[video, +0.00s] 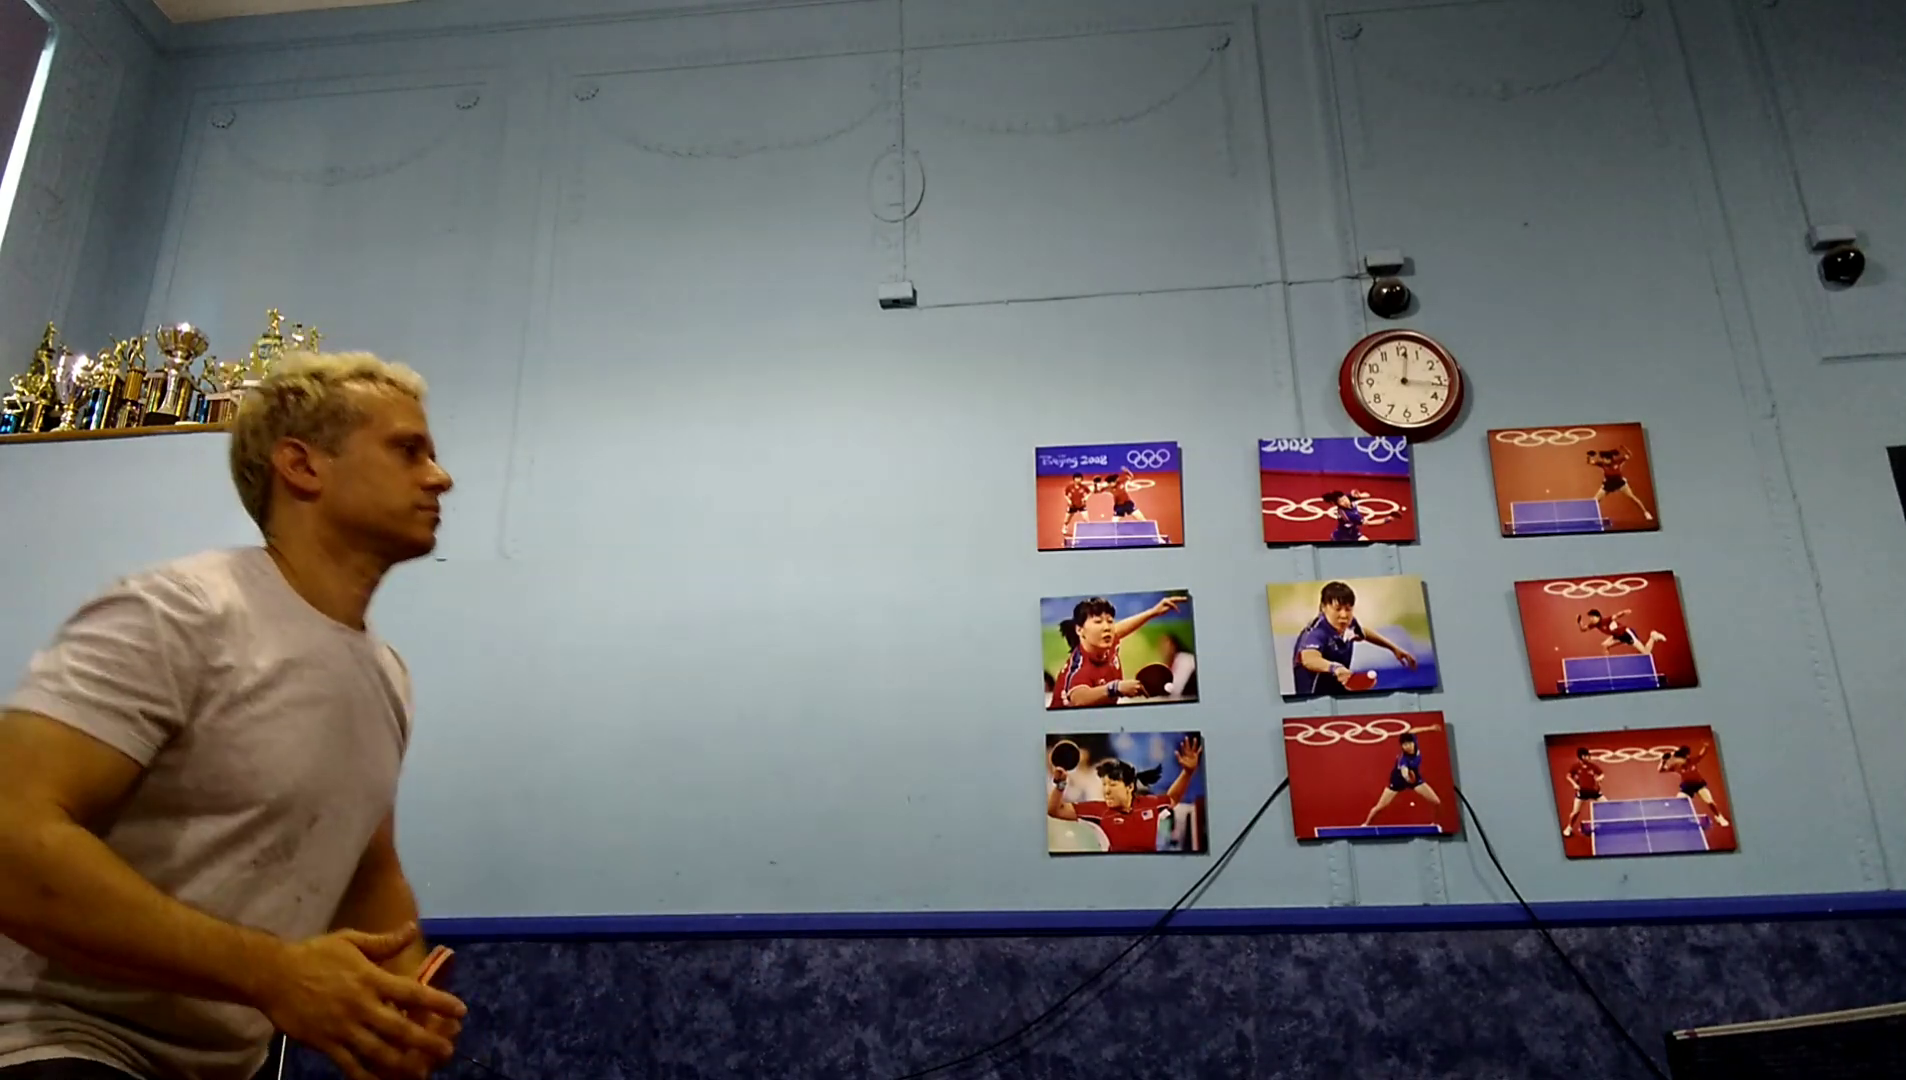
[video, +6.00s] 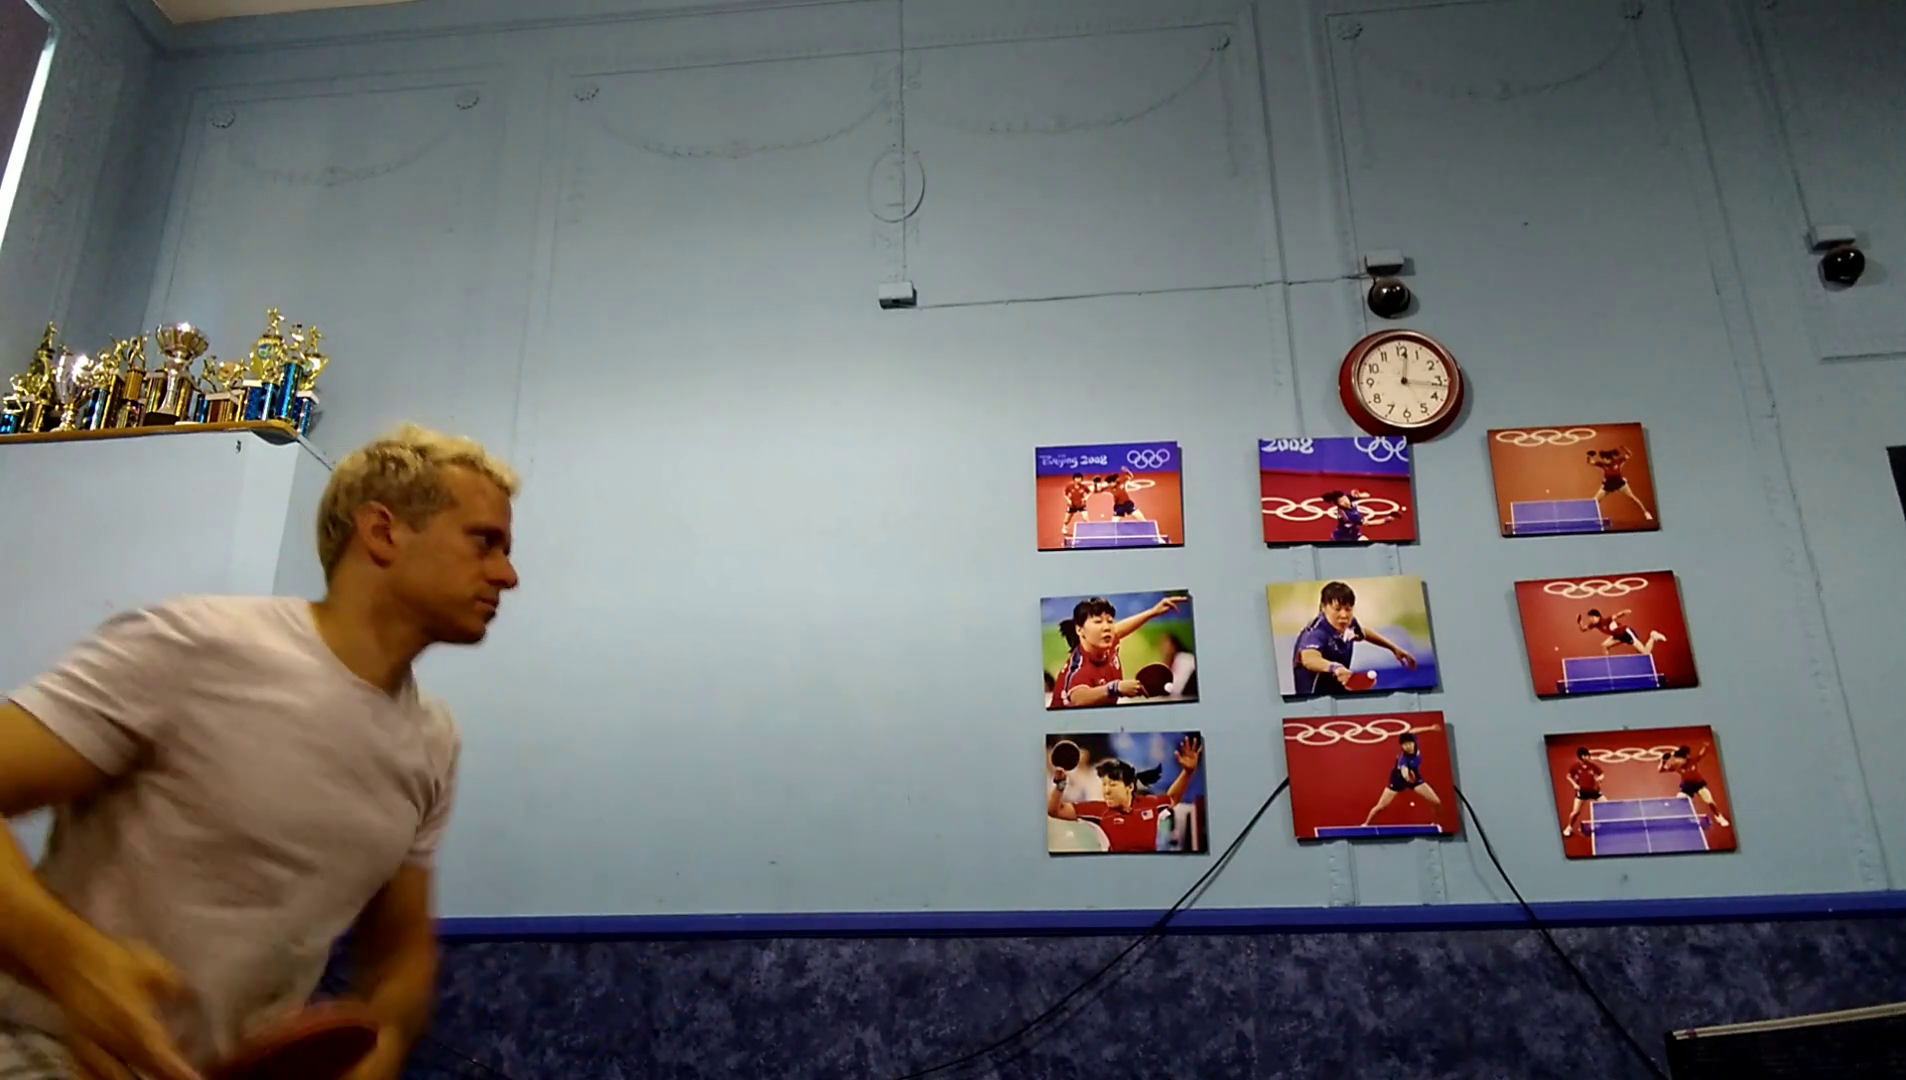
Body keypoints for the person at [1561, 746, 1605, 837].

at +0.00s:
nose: (1588, 758)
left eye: (1588, 755)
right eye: (1586, 756)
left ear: (1588, 756)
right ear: (1581, 757)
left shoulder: (1592, 766)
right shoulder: (1576, 767)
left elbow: (1602, 774)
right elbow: (1568, 776)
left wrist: (1598, 779)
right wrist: (1574, 784)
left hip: (1594, 791)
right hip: (1582, 791)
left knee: (1607, 806)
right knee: (1576, 812)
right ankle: (1569, 827)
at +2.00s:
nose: (1587, 758)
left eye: (1588, 755)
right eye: (1585, 755)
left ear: (1589, 756)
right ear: (1581, 757)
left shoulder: (1592, 766)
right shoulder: (1576, 766)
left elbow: (1602, 774)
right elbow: (1568, 776)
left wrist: (1598, 779)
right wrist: (1574, 785)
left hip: (1594, 791)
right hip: (1582, 791)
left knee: (1606, 806)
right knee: (1576, 811)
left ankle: (1606, 826)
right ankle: (1569, 827)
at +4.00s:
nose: (1587, 757)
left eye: (1588, 755)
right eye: (1585, 755)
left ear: (1589, 756)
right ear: (1581, 757)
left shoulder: (1592, 766)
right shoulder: (1576, 767)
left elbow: (1602, 774)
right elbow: (1568, 776)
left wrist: (1598, 779)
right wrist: (1574, 785)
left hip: (1594, 791)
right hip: (1582, 791)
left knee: (1606, 805)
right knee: (1576, 812)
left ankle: (1606, 826)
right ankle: (1569, 827)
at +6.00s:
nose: (1587, 758)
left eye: (1588, 755)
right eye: (1585, 755)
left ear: (1589, 756)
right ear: (1581, 757)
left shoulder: (1592, 766)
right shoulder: (1576, 766)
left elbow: (1602, 774)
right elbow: (1568, 776)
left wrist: (1598, 779)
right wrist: (1574, 785)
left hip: (1594, 791)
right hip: (1582, 791)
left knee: (1606, 806)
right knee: (1576, 812)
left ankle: (1607, 826)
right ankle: (1569, 827)